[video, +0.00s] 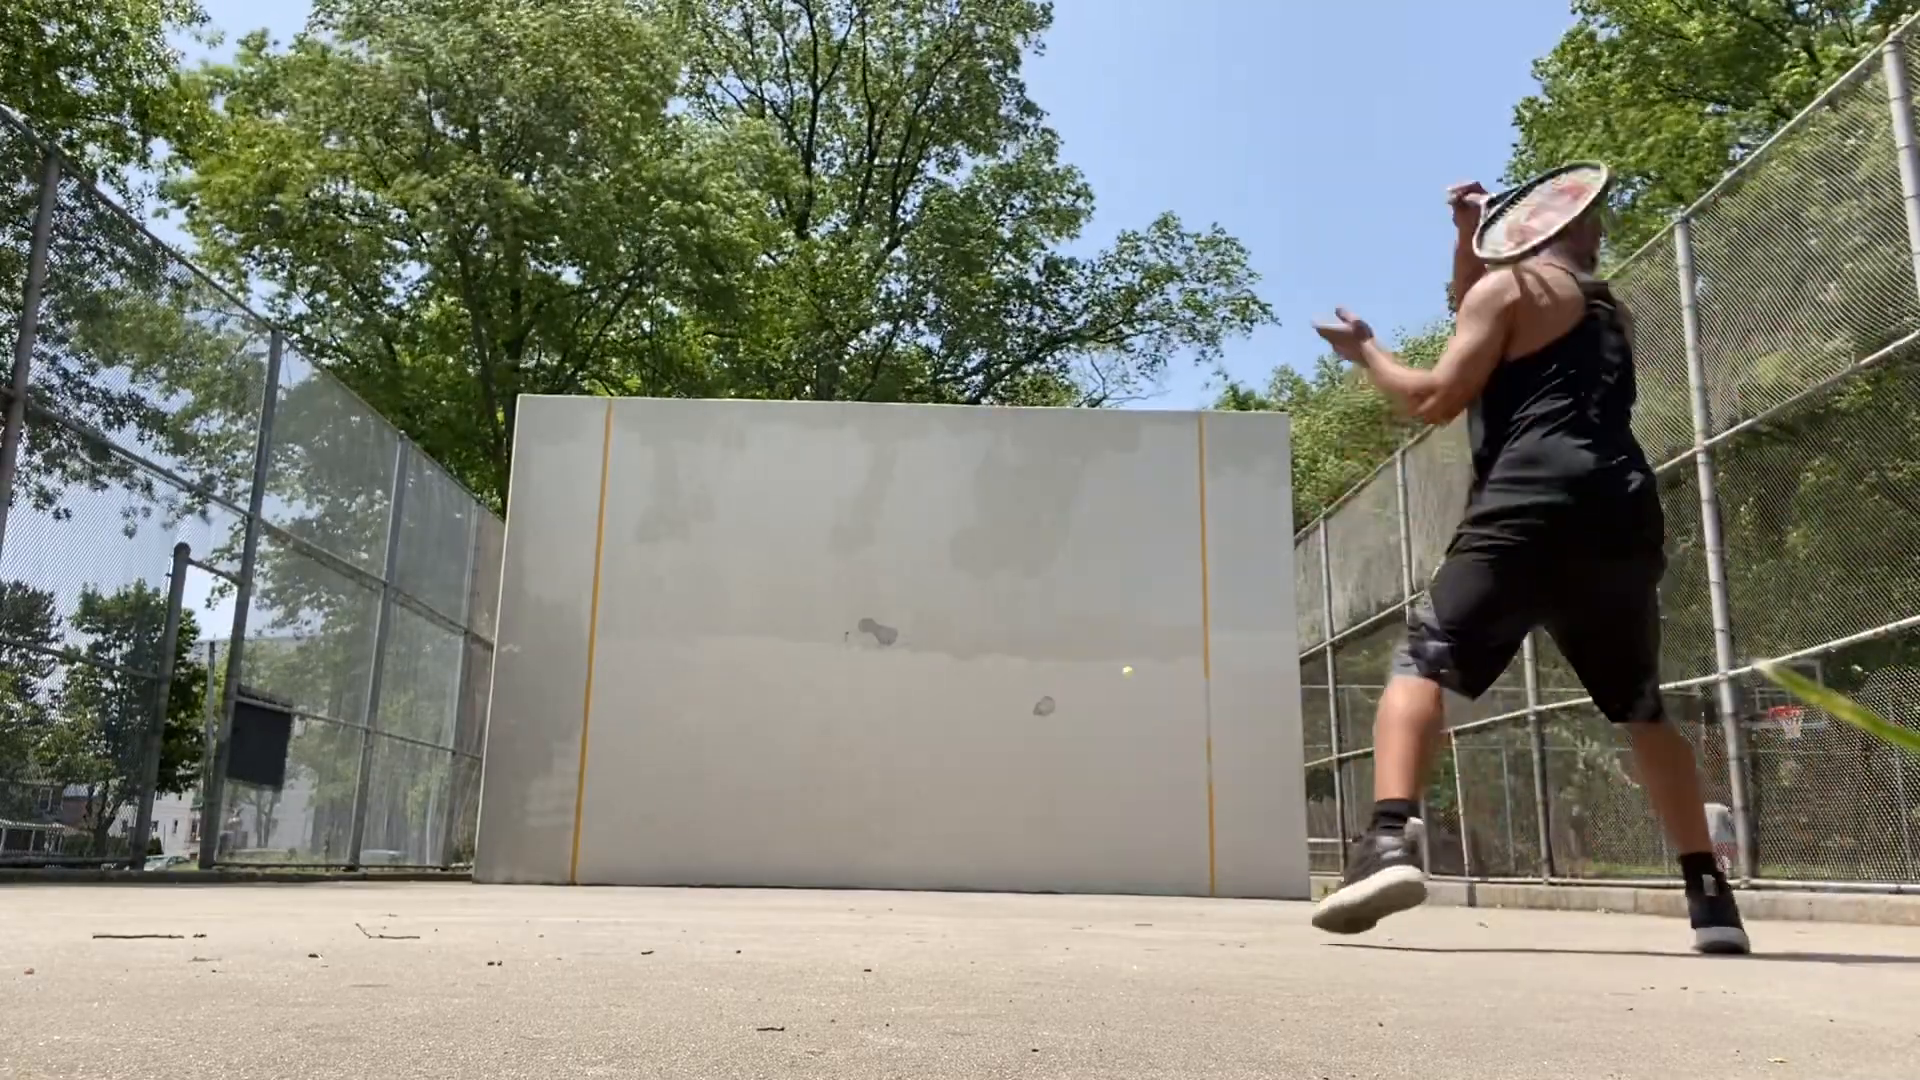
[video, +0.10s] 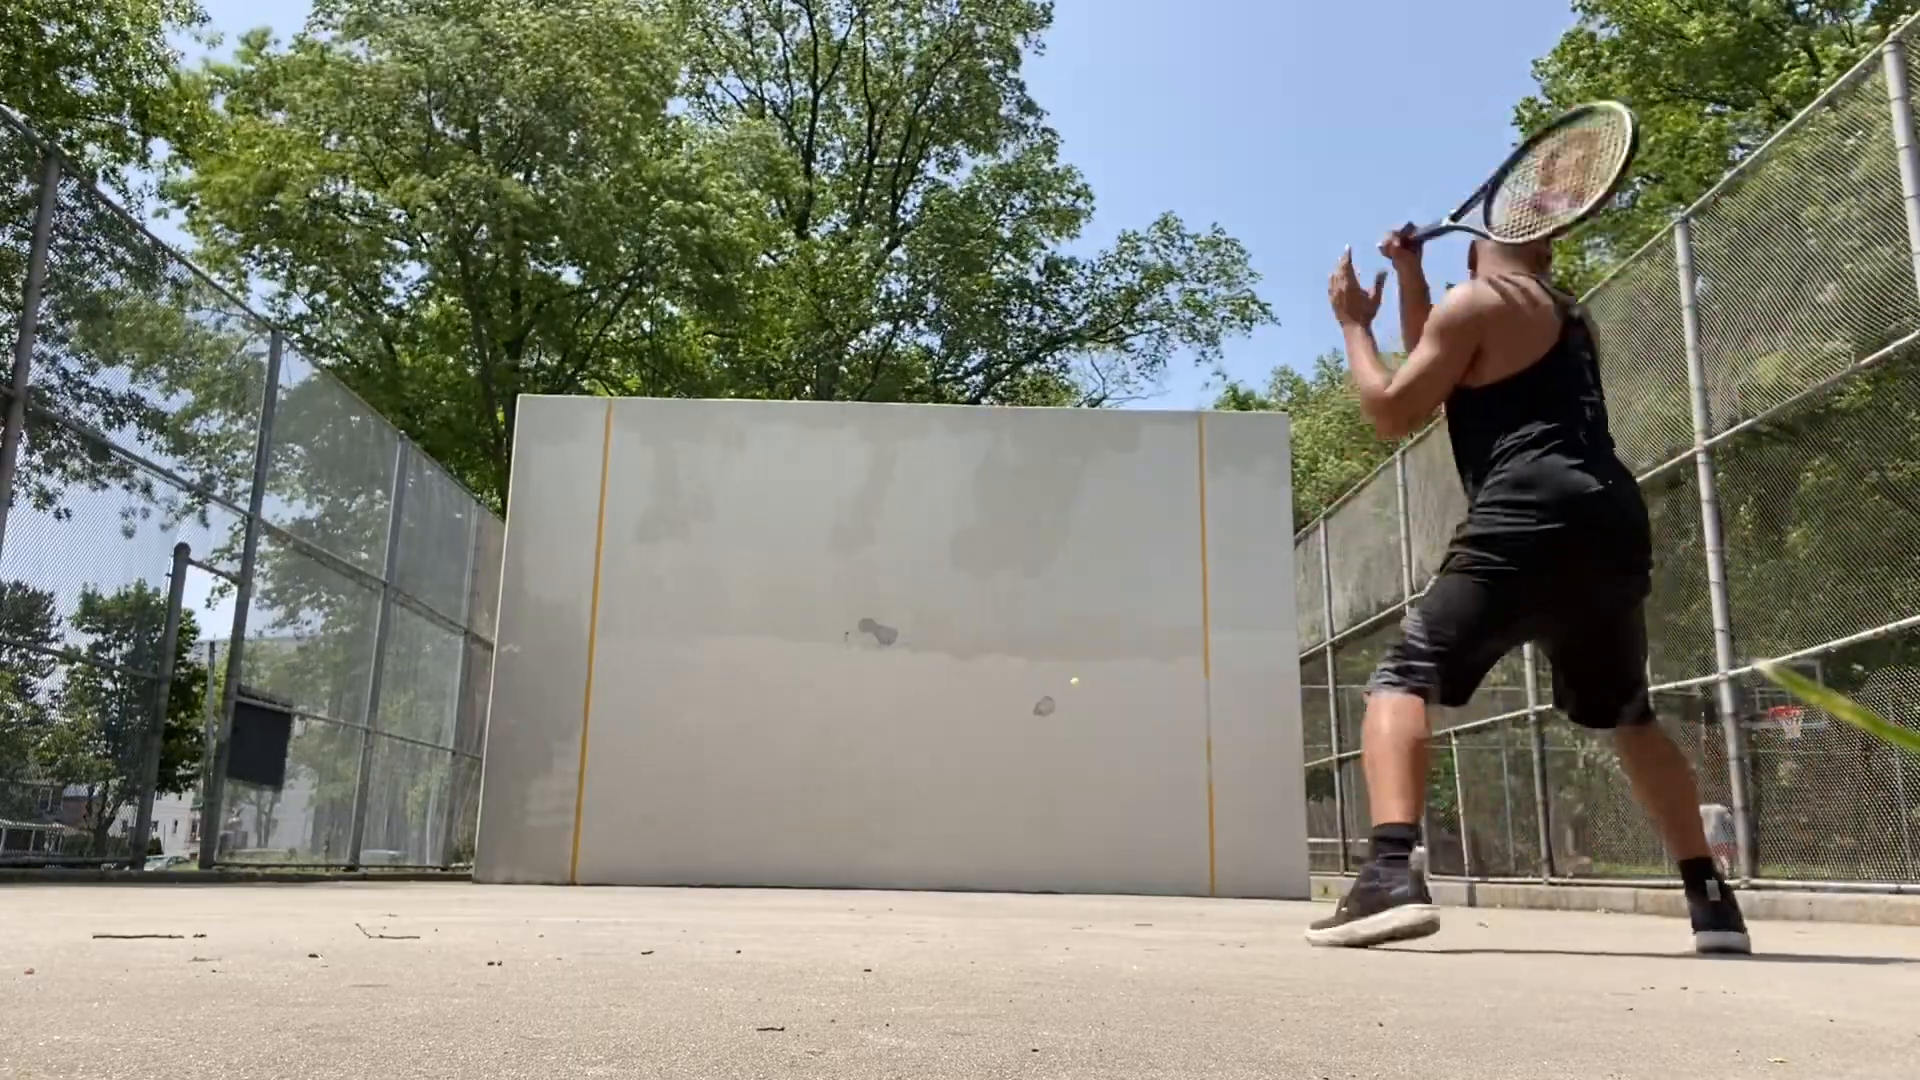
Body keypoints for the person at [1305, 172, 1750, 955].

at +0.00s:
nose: (1601, 229)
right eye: (1591, 219)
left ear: (1524, 235)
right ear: (1571, 234)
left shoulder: (1505, 289)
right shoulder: (1606, 305)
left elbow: (1435, 401)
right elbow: (1481, 313)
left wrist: (1363, 348)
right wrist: (1470, 236)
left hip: (1530, 490)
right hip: (1625, 500)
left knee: (1425, 664)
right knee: (1640, 706)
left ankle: (1389, 844)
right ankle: (1710, 899)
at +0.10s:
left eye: (1476, 240)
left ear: (1481, 244)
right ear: (1548, 254)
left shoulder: (1472, 303)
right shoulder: (1569, 316)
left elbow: (1390, 412)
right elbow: (1440, 369)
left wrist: (1353, 325)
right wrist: (1412, 278)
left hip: (1525, 503)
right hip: (1614, 511)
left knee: (1401, 683)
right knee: (1629, 714)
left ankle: (1391, 873)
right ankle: (1711, 902)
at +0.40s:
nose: (1363, 154)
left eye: (1359, 146)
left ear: (1354, 153)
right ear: (1433, 157)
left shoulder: (1321, 197)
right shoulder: (1486, 217)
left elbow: (1274, 317)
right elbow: (1520, 359)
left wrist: (1311, 383)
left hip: (1370, 429)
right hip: (1484, 436)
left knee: (1344, 651)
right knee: (1486, 649)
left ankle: (1381, 881)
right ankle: (1516, 846)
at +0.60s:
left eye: (1314, 146)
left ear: (1307, 153)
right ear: (1389, 156)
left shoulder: (1250, 213)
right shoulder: (1433, 206)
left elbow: (1208, 349)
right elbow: (1498, 333)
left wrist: (1276, 400)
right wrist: (1419, 399)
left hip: (1261, 433)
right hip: (1386, 441)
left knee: (1189, 631)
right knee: (1434, 667)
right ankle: (1451, 896)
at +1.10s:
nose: (1201, 93)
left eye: (1195, 80)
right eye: (1203, 80)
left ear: (1124, 51)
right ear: (1190, 66)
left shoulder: (1037, 131)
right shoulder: (1166, 91)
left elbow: (993, 249)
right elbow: (1200, 172)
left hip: (973, 377)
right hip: (1090, 392)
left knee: (933, 625)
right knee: (1162, 638)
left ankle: (874, 870)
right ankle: (1179, 879)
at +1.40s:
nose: (1167, 74)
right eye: (1170, 61)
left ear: (1084, 43)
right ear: (1164, 62)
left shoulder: (1003, 93)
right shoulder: (1191, 122)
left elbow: (916, 235)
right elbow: (1213, 292)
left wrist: (868, 275)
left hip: (999, 392)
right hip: (1132, 412)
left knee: (928, 589)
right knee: (1155, 640)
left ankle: (859, 780)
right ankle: (1177, 886)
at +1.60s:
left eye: (1050, 5)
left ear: (1057, 9)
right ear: (1136, 18)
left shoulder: (1004, 69)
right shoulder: (1164, 102)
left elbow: (965, 214)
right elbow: (1099, 168)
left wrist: (899, 267)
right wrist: (996, 43)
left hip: (1007, 393)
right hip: (1130, 407)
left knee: (886, 576)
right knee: (1142, 634)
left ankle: (820, 804)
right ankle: (1181, 886)